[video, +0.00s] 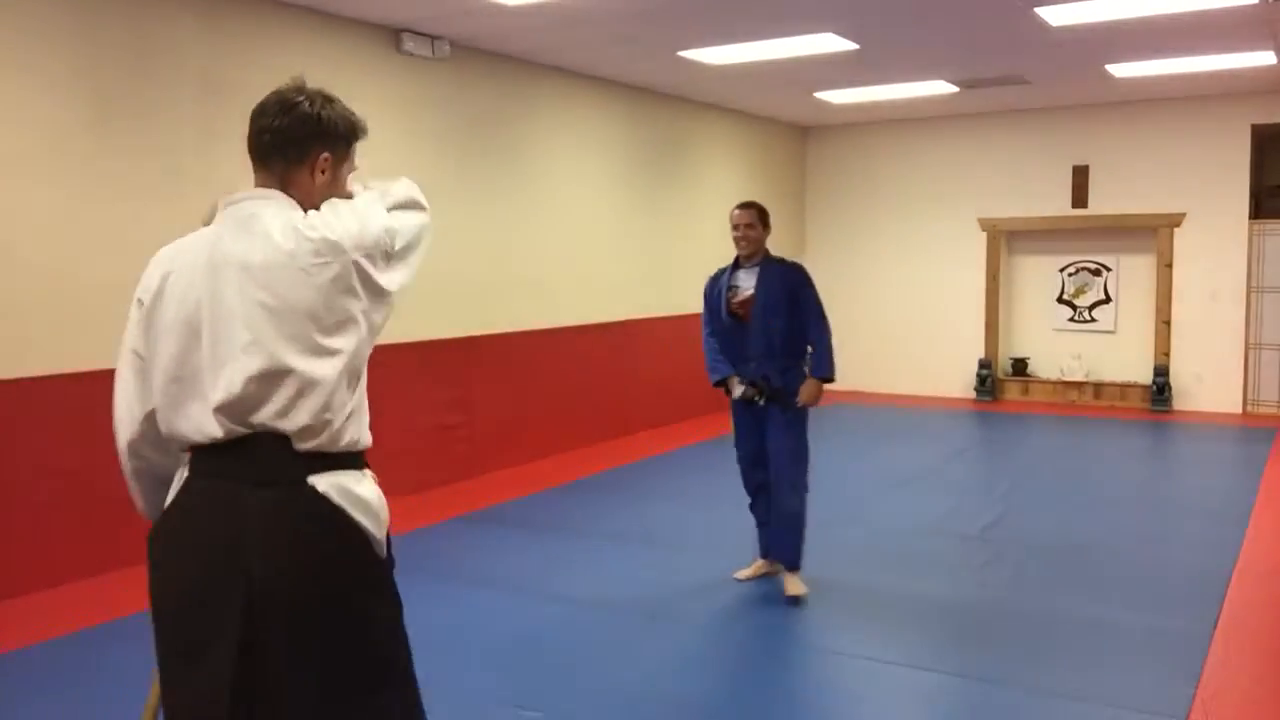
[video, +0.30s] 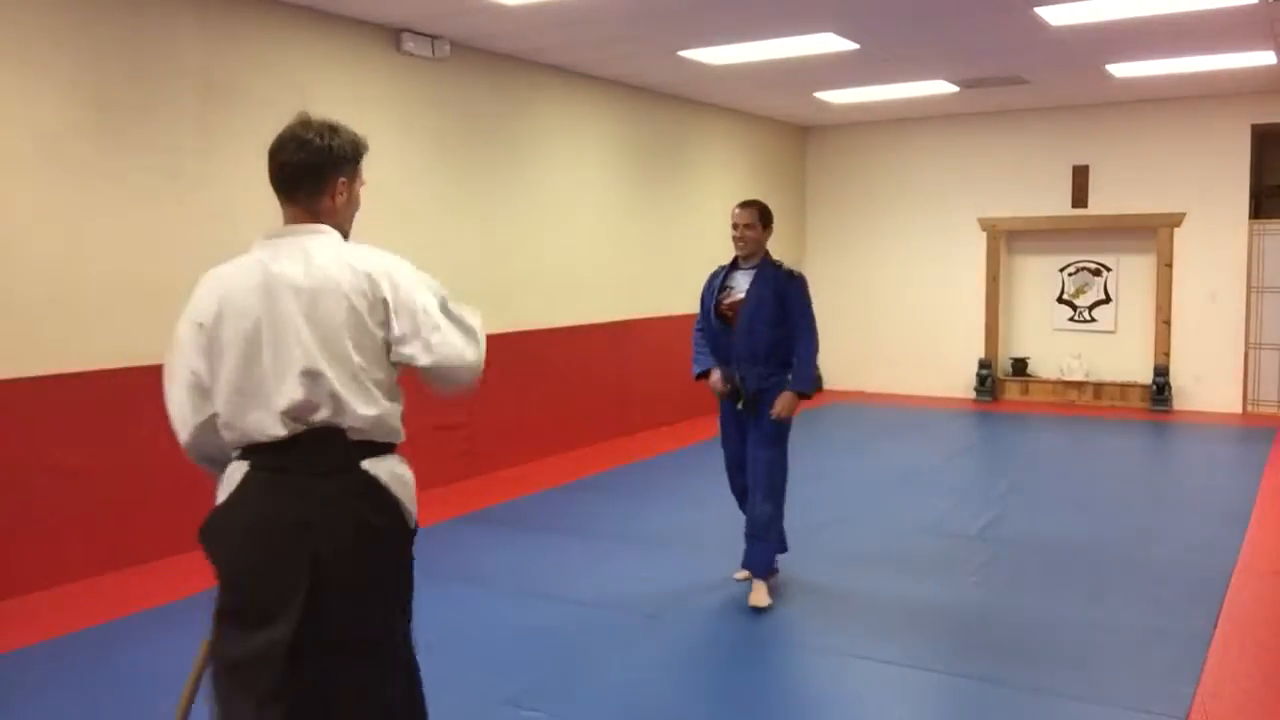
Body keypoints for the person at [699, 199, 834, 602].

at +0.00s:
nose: (742, 234)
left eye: (749, 227)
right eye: (736, 227)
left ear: (765, 231)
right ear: (730, 233)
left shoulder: (792, 275)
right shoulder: (717, 284)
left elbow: (818, 327)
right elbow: (711, 337)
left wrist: (817, 376)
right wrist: (728, 377)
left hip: (786, 391)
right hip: (744, 393)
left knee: (787, 476)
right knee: (754, 475)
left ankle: (790, 567)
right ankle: (770, 556)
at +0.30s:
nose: (739, 234)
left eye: (747, 228)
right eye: (735, 227)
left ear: (766, 232)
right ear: (730, 231)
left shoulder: (789, 282)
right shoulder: (718, 280)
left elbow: (806, 339)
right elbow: (701, 332)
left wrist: (795, 389)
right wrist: (709, 368)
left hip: (771, 396)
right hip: (731, 393)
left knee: (764, 482)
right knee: (740, 479)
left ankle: (760, 572)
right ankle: (761, 551)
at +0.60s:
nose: (740, 231)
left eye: (749, 225)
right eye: (736, 224)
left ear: (770, 230)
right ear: (732, 228)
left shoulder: (790, 285)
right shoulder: (720, 279)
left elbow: (803, 350)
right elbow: (701, 334)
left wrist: (787, 402)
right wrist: (693, 380)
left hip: (764, 406)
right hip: (720, 402)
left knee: (762, 493)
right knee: (716, 483)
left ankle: (760, 578)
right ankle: (750, 549)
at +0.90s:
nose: (726, 232)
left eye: (734, 225)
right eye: (721, 225)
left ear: (756, 230)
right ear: (718, 229)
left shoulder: (780, 282)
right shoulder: (708, 277)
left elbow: (802, 342)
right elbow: (684, 329)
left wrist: (791, 399)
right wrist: (663, 376)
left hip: (757, 405)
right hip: (710, 402)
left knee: (758, 496)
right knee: (696, 487)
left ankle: (758, 582)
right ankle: (697, 577)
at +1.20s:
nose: (691, 235)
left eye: (700, 228)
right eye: (687, 228)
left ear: (721, 233)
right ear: (683, 232)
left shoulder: (747, 288)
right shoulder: (676, 286)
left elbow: (765, 351)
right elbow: (662, 348)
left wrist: (761, 410)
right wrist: (649, 399)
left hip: (731, 413)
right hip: (683, 413)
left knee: (744, 504)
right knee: (677, 502)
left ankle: (757, 584)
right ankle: (672, 590)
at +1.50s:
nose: (663, 233)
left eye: (672, 226)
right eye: (658, 225)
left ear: (693, 230)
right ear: (654, 230)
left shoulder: (719, 284)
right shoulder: (644, 284)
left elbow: (740, 347)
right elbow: (624, 343)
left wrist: (726, 402)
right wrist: (609, 389)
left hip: (708, 412)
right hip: (661, 413)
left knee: (723, 502)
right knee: (664, 504)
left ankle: (739, 582)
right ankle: (671, 592)